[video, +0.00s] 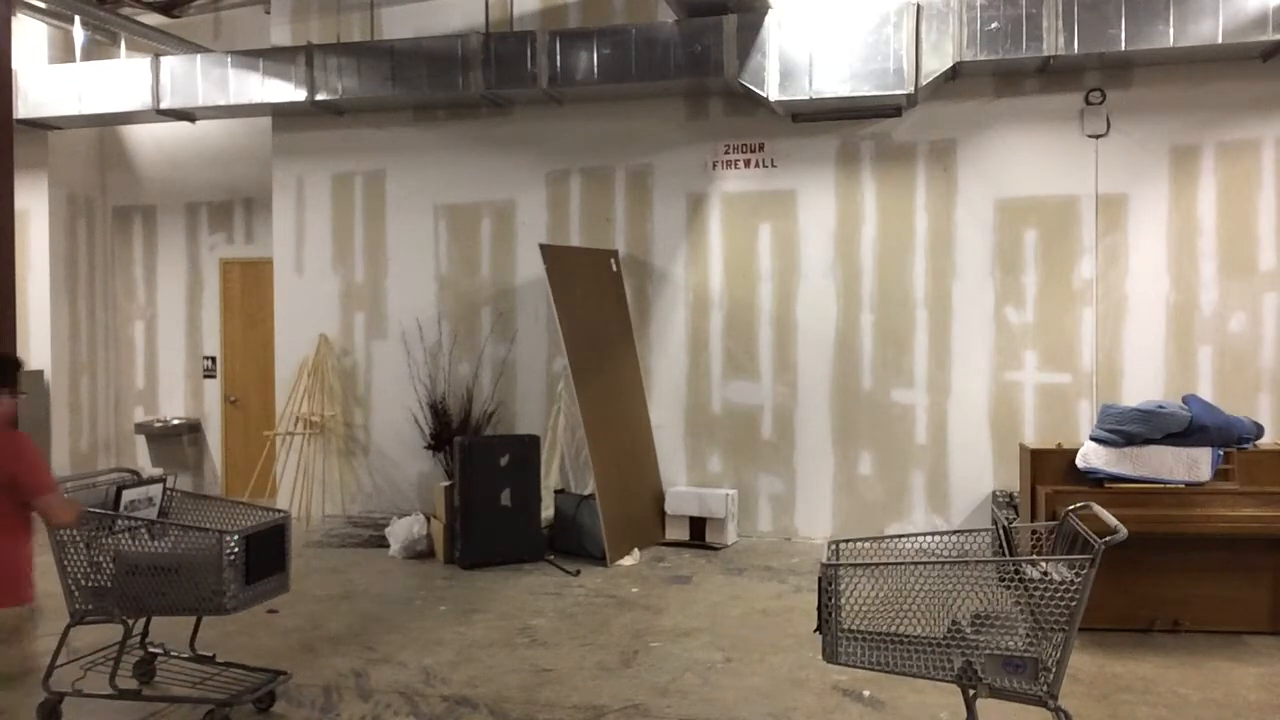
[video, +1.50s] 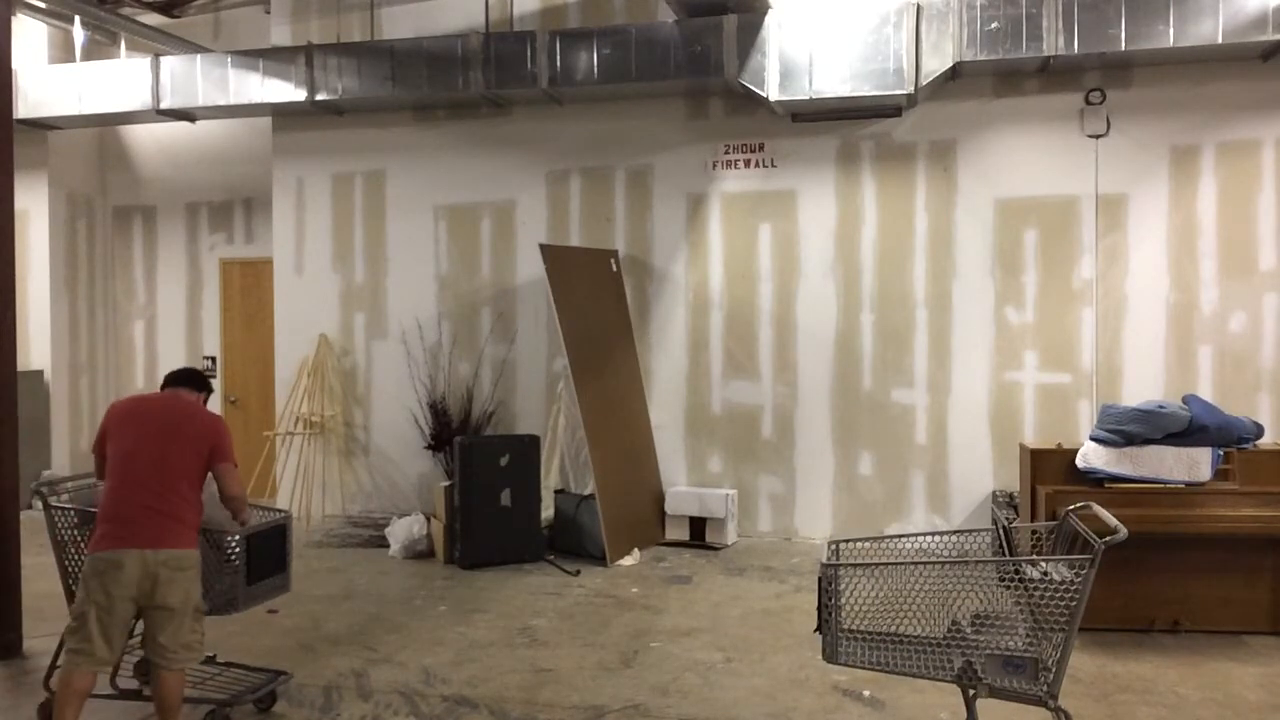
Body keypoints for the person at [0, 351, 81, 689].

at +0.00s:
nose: (18, 402)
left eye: (16, 393)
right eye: (13, 393)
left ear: (11, 396)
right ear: (5, 397)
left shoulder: (15, 444)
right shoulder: (13, 445)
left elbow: (60, 513)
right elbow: (59, 514)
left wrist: (61, 504)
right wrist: (75, 506)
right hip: (7, 603)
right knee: (17, 698)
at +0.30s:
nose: (87, 398)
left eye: (89, 389)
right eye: (87, 388)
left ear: (40, 381)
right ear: (76, 384)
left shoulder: (5, 416)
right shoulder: (82, 424)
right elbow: (123, 492)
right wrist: (154, 486)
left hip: (9, 578)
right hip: (73, 574)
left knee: (16, 688)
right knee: (116, 653)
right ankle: (124, 712)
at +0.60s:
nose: (165, 416)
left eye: (166, 410)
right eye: (167, 409)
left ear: (124, 395)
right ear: (161, 403)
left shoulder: (73, 424)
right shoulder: (166, 435)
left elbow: (71, 483)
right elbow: (206, 494)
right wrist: (215, 522)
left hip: (70, 572)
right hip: (137, 571)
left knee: (47, 665)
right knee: (160, 662)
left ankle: (33, 714)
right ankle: (167, 714)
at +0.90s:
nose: (203, 429)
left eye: (204, 426)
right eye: (205, 425)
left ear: (162, 406)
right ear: (199, 419)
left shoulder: (117, 421)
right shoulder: (204, 438)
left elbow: (108, 478)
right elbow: (233, 508)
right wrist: (230, 524)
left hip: (95, 554)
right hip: (160, 558)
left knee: (69, 662)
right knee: (167, 662)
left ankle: (51, 712)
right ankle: (169, 715)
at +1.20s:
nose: (205, 421)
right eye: (206, 416)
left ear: (161, 400)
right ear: (200, 409)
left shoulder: (120, 418)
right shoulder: (207, 427)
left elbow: (105, 480)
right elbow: (236, 501)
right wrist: (237, 521)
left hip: (109, 554)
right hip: (172, 557)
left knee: (81, 660)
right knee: (171, 661)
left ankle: (59, 713)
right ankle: (170, 715)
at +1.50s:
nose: (205, 406)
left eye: (206, 403)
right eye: (207, 402)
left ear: (163, 389)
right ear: (200, 397)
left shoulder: (120, 408)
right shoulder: (210, 423)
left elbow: (102, 471)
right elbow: (231, 491)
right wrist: (241, 515)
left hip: (112, 552)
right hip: (175, 556)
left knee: (85, 655)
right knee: (171, 659)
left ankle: (62, 715)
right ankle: (169, 715)